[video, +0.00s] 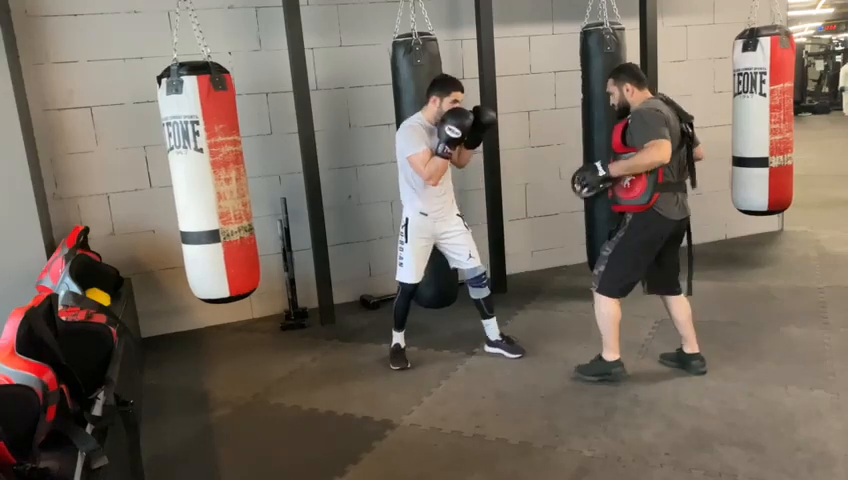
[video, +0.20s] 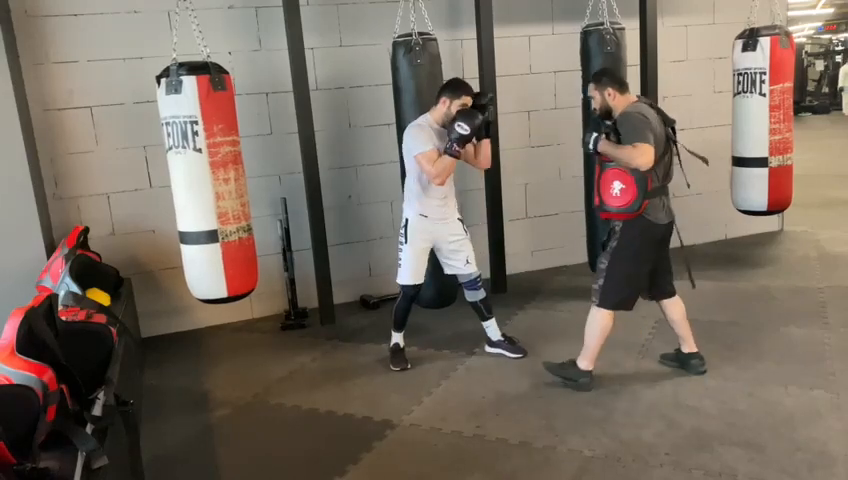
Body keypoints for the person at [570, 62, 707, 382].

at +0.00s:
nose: (613, 101)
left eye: (613, 94)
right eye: (610, 95)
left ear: (629, 88)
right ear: (640, 87)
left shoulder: (645, 113)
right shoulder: (669, 109)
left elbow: (659, 153)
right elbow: (697, 152)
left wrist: (609, 169)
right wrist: (658, 163)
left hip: (649, 217)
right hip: (674, 217)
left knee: (606, 286)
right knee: (668, 285)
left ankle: (610, 359)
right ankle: (691, 353)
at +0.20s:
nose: (594, 106)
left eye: (594, 99)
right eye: (592, 100)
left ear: (610, 93)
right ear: (617, 91)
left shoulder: (631, 117)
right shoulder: (646, 112)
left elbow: (642, 159)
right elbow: (645, 159)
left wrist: (603, 145)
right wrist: (610, 149)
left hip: (637, 222)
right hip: (658, 219)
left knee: (606, 293)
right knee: (663, 288)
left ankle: (583, 367)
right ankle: (690, 353)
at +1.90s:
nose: (585, 108)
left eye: (585, 101)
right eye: (583, 102)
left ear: (601, 94)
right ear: (610, 92)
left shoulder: (617, 115)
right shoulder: (637, 110)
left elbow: (624, 157)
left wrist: (589, 147)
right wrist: (598, 146)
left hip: (625, 220)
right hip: (652, 219)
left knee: (591, 288)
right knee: (655, 284)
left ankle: (573, 357)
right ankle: (675, 352)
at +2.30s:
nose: (552, 105)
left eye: (552, 99)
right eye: (551, 100)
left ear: (564, 94)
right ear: (580, 90)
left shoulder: (574, 120)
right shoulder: (616, 109)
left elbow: (571, 164)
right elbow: (645, 143)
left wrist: (547, 148)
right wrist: (611, 141)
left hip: (588, 222)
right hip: (624, 219)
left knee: (562, 287)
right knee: (641, 280)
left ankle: (568, 357)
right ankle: (669, 344)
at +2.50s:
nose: (550, 109)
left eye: (550, 102)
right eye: (549, 103)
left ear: (561, 97)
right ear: (578, 92)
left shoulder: (570, 123)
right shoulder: (616, 109)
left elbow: (568, 170)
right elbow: (648, 144)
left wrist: (547, 156)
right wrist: (613, 146)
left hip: (592, 222)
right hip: (628, 217)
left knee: (568, 288)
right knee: (641, 277)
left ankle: (569, 359)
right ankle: (668, 340)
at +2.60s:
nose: (557, 108)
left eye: (556, 102)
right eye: (555, 102)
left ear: (568, 96)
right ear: (585, 91)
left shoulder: (577, 123)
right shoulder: (622, 108)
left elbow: (574, 170)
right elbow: (655, 141)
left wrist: (553, 154)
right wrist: (618, 146)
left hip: (598, 223)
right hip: (633, 218)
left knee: (574, 288)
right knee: (649, 280)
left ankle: (570, 359)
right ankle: (674, 346)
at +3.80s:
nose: (548, 104)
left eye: (548, 97)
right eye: (547, 98)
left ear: (561, 93)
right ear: (577, 89)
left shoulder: (570, 118)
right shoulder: (614, 109)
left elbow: (569, 163)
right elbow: (641, 148)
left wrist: (544, 148)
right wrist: (606, 144)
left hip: (586, 223)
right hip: (622, 219)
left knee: (564, 289)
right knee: (642, 279)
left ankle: (573, 359)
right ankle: (673, 343)